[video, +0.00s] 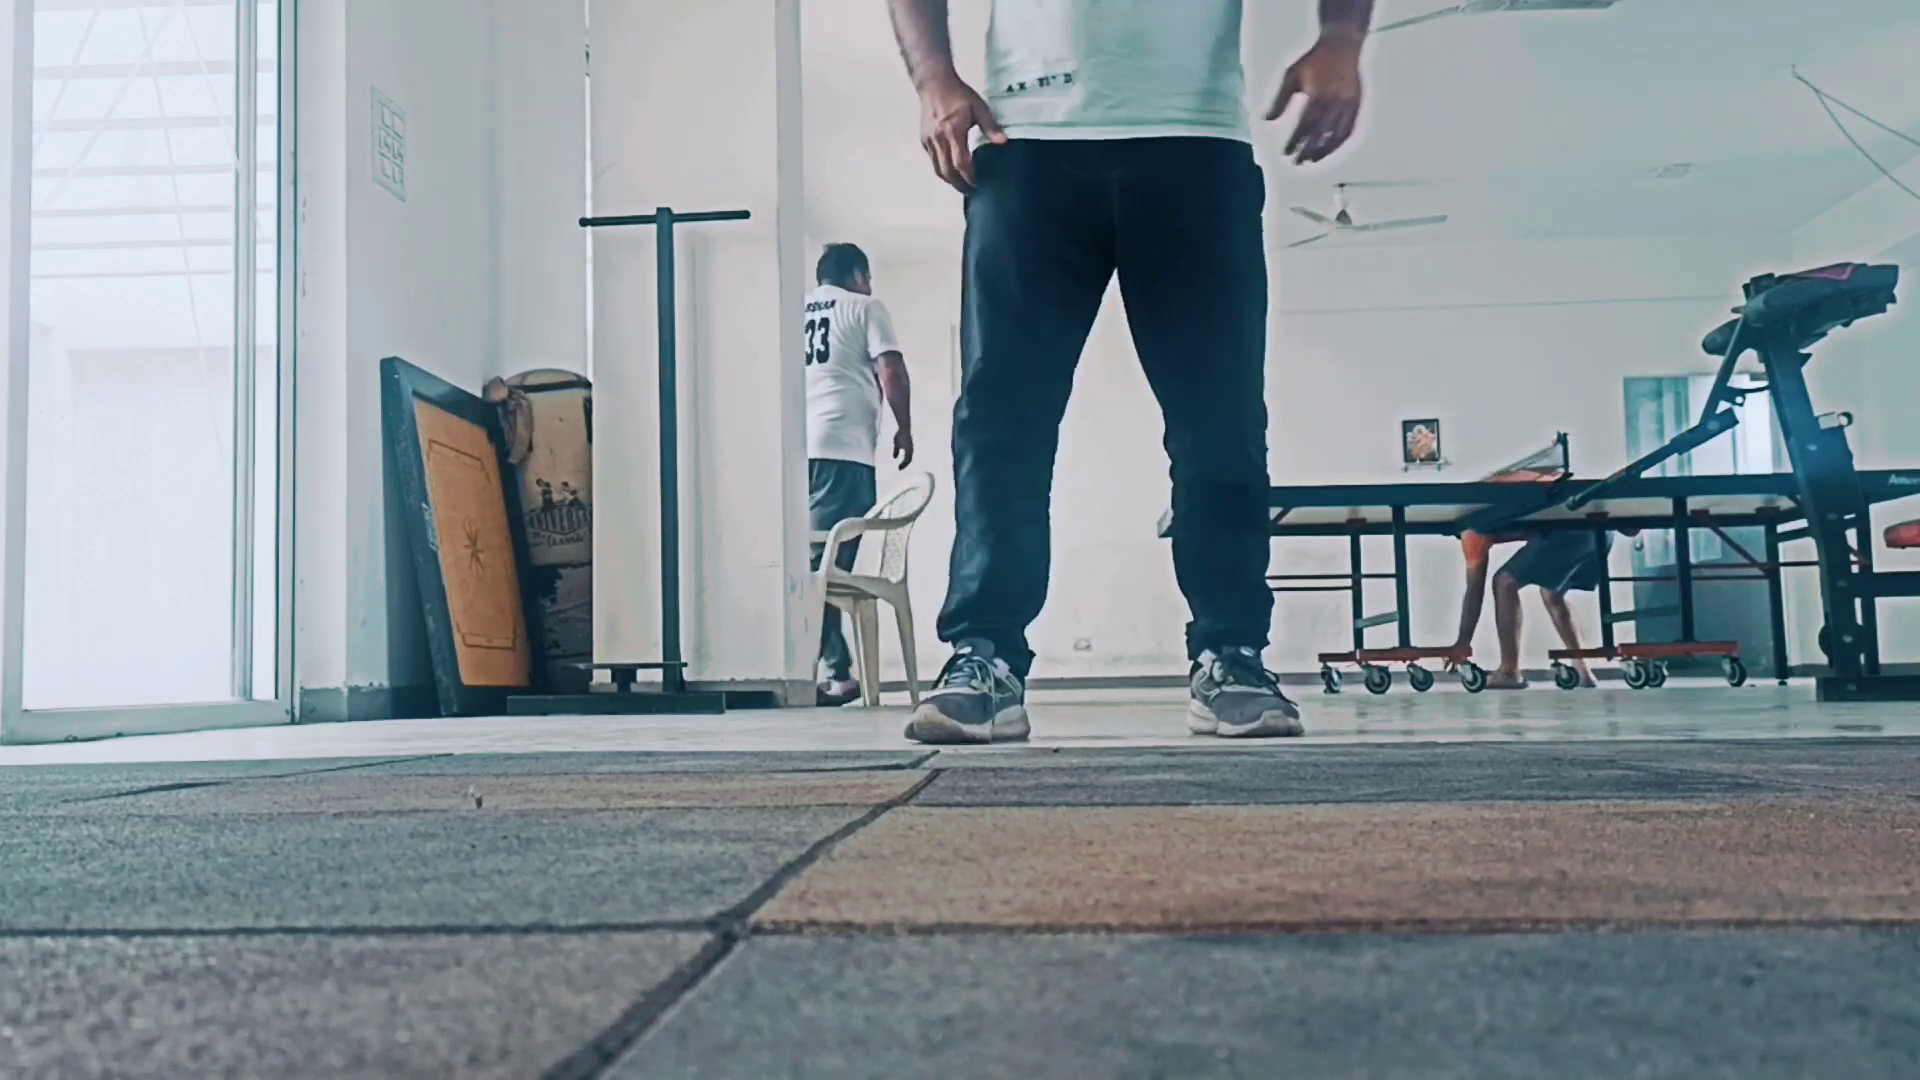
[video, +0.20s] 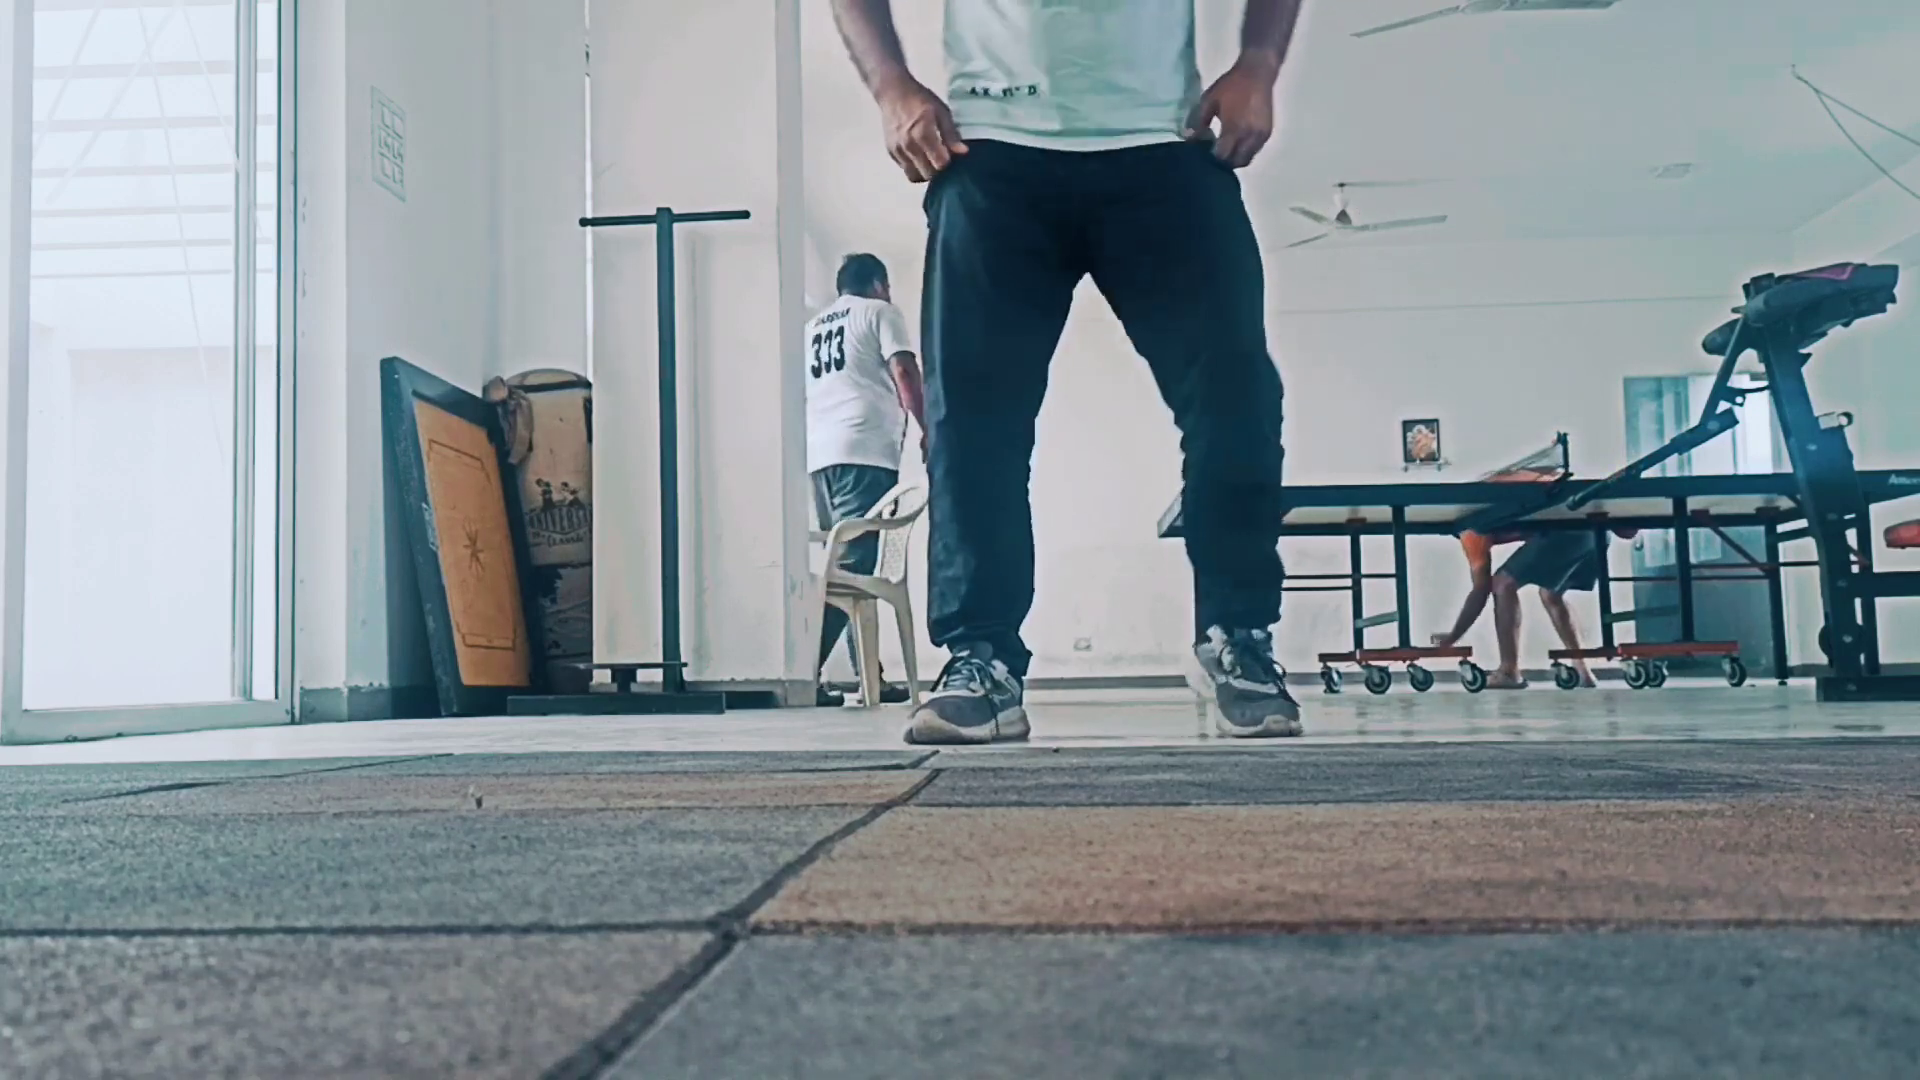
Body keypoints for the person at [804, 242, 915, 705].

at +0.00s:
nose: (870, 286)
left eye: (869, 279)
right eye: (869, 278)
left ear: (820, 278)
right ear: (858, 276)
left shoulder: (795, 307)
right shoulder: (865, 306)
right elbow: (890, 369)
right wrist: (905, 428)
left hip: (792, 449)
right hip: (839, 448)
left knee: (811, 562)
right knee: (830, 564)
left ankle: (836, 671)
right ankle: (812, 670)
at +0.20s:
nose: (888, 295)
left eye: (887, 289)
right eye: (887, 288)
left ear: (842, 287)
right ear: (880, 286)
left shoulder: (815, 323)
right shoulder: (880, 310)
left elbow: (816, 391)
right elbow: (904, 370)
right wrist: (927, 431)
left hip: (819, 457)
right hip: (863, 452)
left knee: (851, 569)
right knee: (852, 569)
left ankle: (871, 677)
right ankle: (805, 672)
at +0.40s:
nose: (912, 295)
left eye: (911, 289)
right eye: (911, 288)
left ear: (864, 289)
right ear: (902, 285)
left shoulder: (839, 331)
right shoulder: (898, 309)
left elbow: (842, 395)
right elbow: (919, 375)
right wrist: (945, 424)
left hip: (849, 462)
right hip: (894, 453)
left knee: (868, 566)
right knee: (924, 557)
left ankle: (873, 677)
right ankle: (851, 642)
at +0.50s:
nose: (926, 295)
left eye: (926, 289)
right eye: (925, 288)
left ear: (879, 288)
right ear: (916, 284)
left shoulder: (855, 329)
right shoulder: (908, 309)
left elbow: (859, 390)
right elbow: (921, 363)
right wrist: (944, 409)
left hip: (861, 457)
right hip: (902, 451)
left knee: (869, 562)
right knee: (932, 556)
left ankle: (875, 669)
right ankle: (896, 659)